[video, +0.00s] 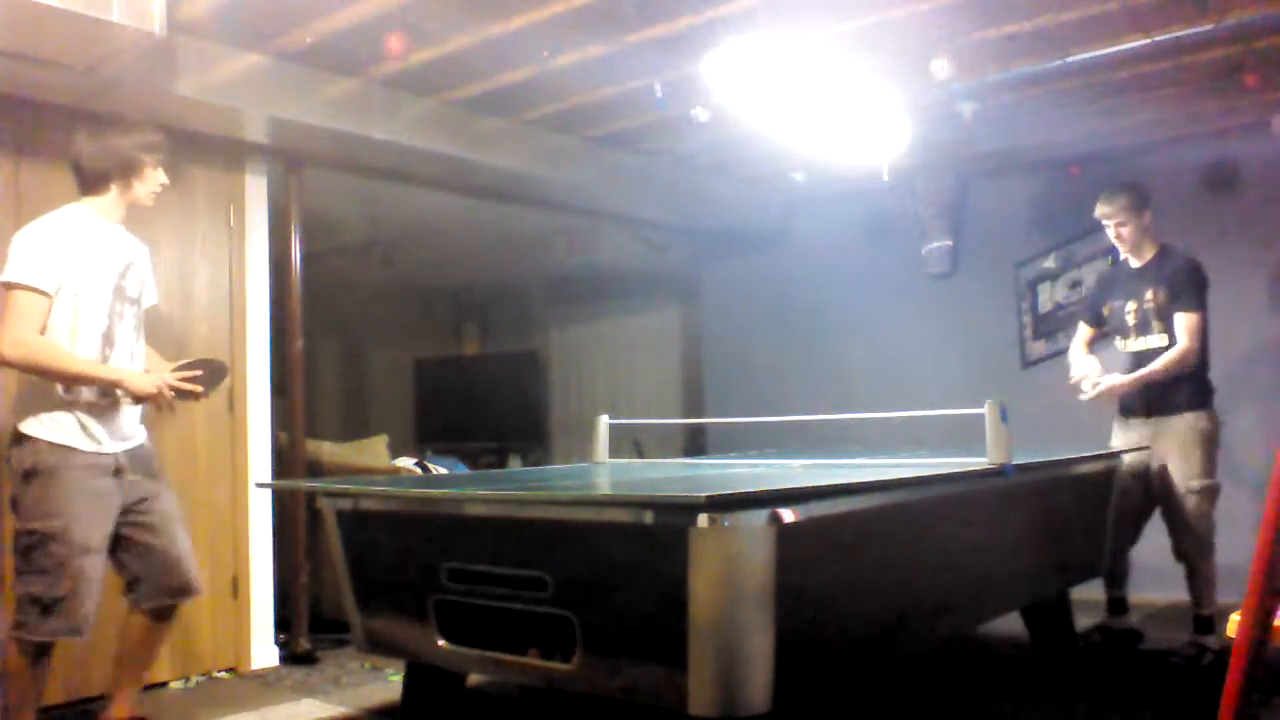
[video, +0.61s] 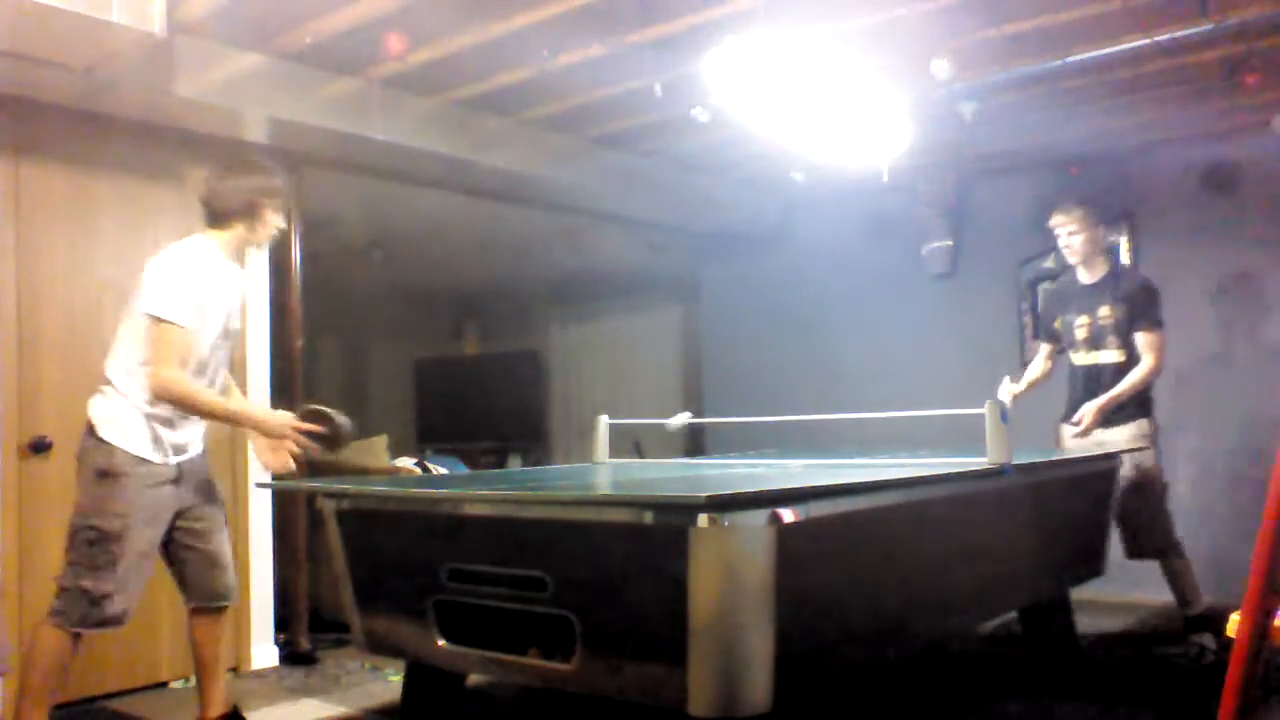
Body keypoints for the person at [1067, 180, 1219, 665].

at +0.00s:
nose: (1114, 235)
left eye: (1121, 224)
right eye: (1107, 227)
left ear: (1145, 217)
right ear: (1104, 229)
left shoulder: (1182, 270)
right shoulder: (1107, 279)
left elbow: (1189, 350)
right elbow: (1078, 346)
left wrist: (1128, 380)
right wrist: (1083, 365)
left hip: (1183, 422)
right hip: (1129, 424)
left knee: (1193, 535)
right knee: (1111, 533)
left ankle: (1204, 630)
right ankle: (1117, 621)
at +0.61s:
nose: (1065, 243)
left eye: (1073, 233)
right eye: (1058, 236)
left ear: (1099, 232)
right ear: (1055, 241)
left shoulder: (1134, 288)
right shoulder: (1057, 295)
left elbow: (1152, 361)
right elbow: (1046, 355)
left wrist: (1101, 404)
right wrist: (1020, 385)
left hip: (1129, 429)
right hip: (1077, 432)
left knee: (1152, 530)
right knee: (1063, 532)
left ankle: (1197, 619)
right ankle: (1043, 620)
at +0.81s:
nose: (1012, 252)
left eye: (1020, 242)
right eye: (1007, 244)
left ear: (1045, 242)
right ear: (1005, 250)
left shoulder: (1077, 294)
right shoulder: (1014, 304)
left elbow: (1101, 363)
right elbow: (1015, 362)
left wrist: (1064, 416)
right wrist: (992, 400)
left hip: (1086, 432)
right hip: (1035, 435)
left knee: (1121, 522)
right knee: (1034, 530)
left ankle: (1174, 606)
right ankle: (1041, 621)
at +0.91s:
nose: (996, 247)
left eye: (1004, 238)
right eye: (992, 240)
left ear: (1027, 238)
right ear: (989, 244)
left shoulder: (1063, 288)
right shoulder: (998, 301)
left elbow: (1089, 355)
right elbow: (1003, 356)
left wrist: (1056, 411)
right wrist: (978, 396)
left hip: (1072, 425)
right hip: (1023, 429)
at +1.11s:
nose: (986, 243)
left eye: (993, 234)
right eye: (982, 237)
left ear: (1017, 233)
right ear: (979, 240)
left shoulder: (1049, 281)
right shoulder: (989, 295)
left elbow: (1077, 345)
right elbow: (992, 355)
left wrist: (1051, 405)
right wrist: (962, 387)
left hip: (1057, 418)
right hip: (1016, 421)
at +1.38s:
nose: (989, 252)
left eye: (994, 242)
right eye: (985, 246)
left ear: (1017, 234)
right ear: (982, 248)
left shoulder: (1050, 277)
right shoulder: (999, 293)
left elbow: (1080, 340)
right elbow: (1008, 359)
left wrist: (1054, 404)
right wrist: (978, 392)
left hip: (1060, 418)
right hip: (1019, 422)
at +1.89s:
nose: (1045, 258)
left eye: (1047, 247)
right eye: (1040, 250)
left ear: (1070, 237)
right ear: (1072, 239)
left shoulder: (1088, 274)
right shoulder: (1106, 270)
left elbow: (1102, 348)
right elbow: (1094, 350)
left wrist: (1073, 412)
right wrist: (1032, 360)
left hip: (1113, 415)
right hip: (1132, 412)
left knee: (1097, 511)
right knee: (1122, 519)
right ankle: (1148, 618)